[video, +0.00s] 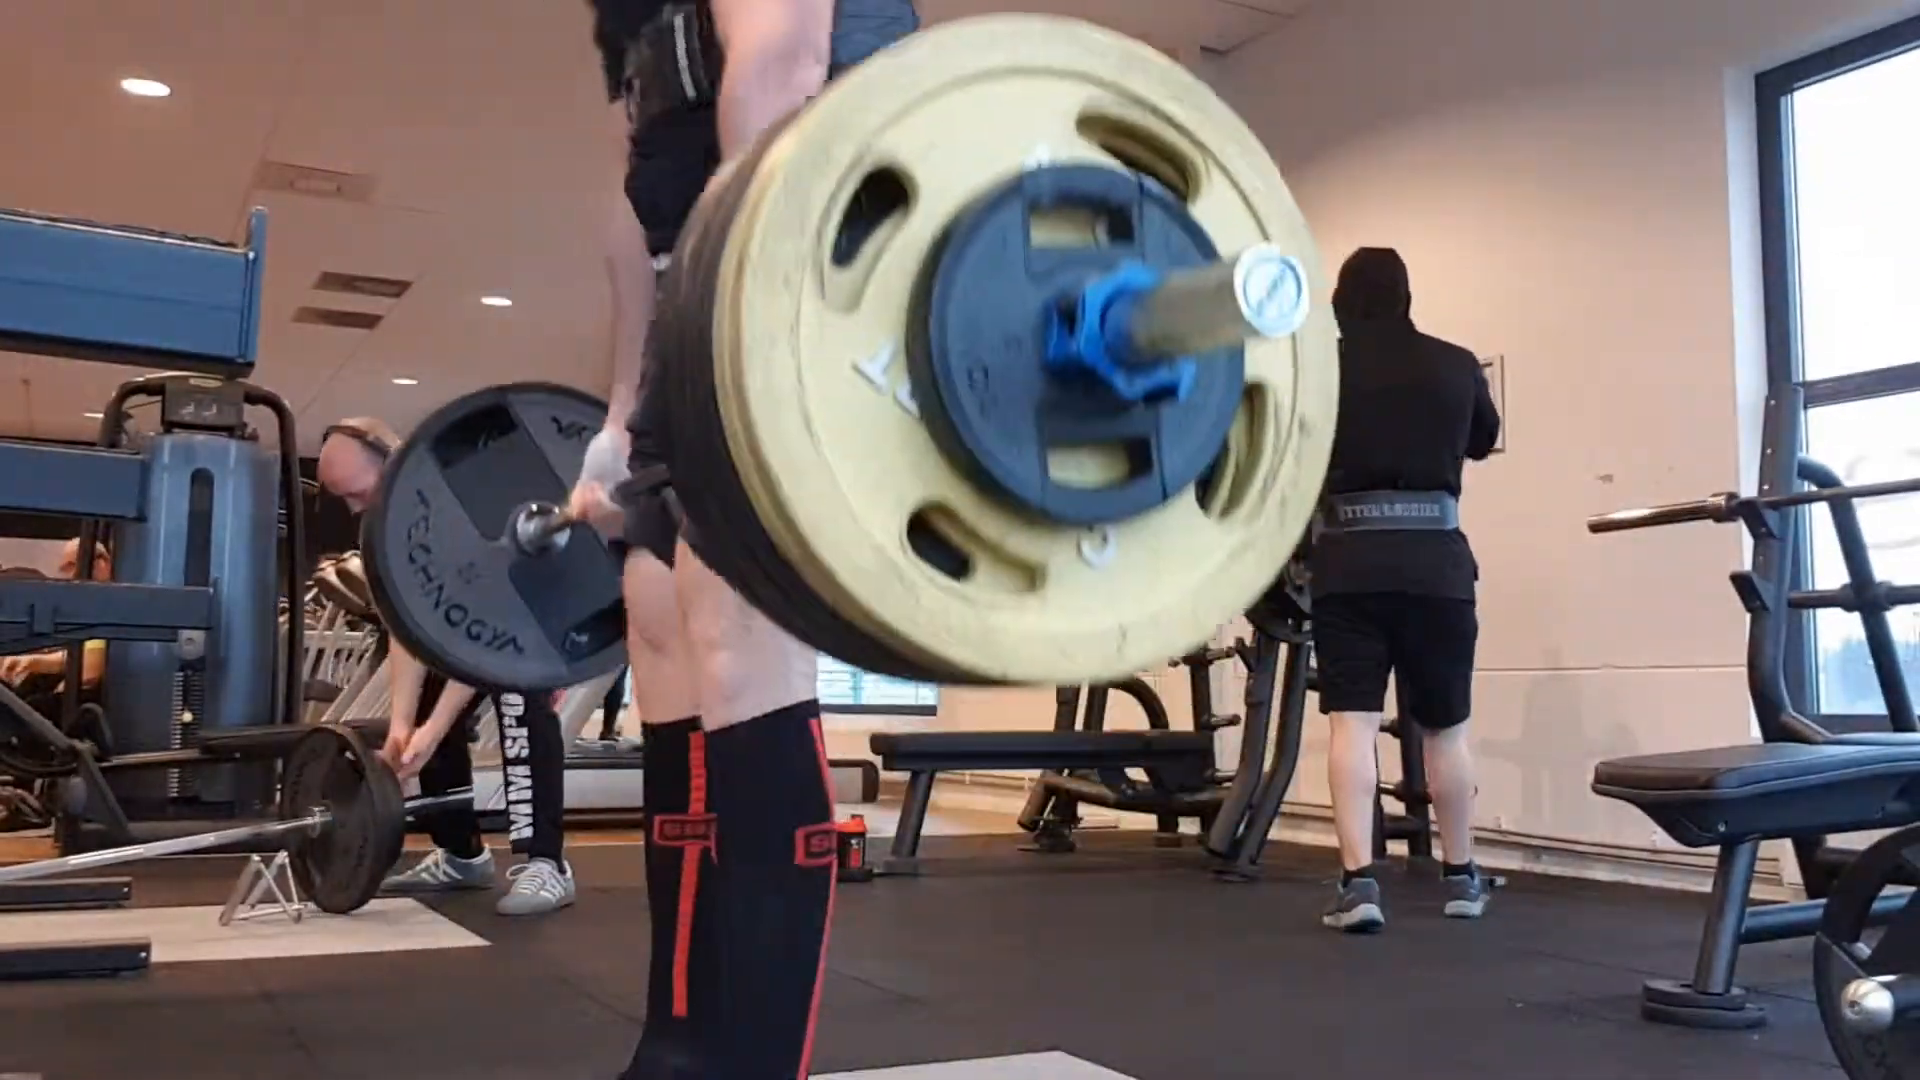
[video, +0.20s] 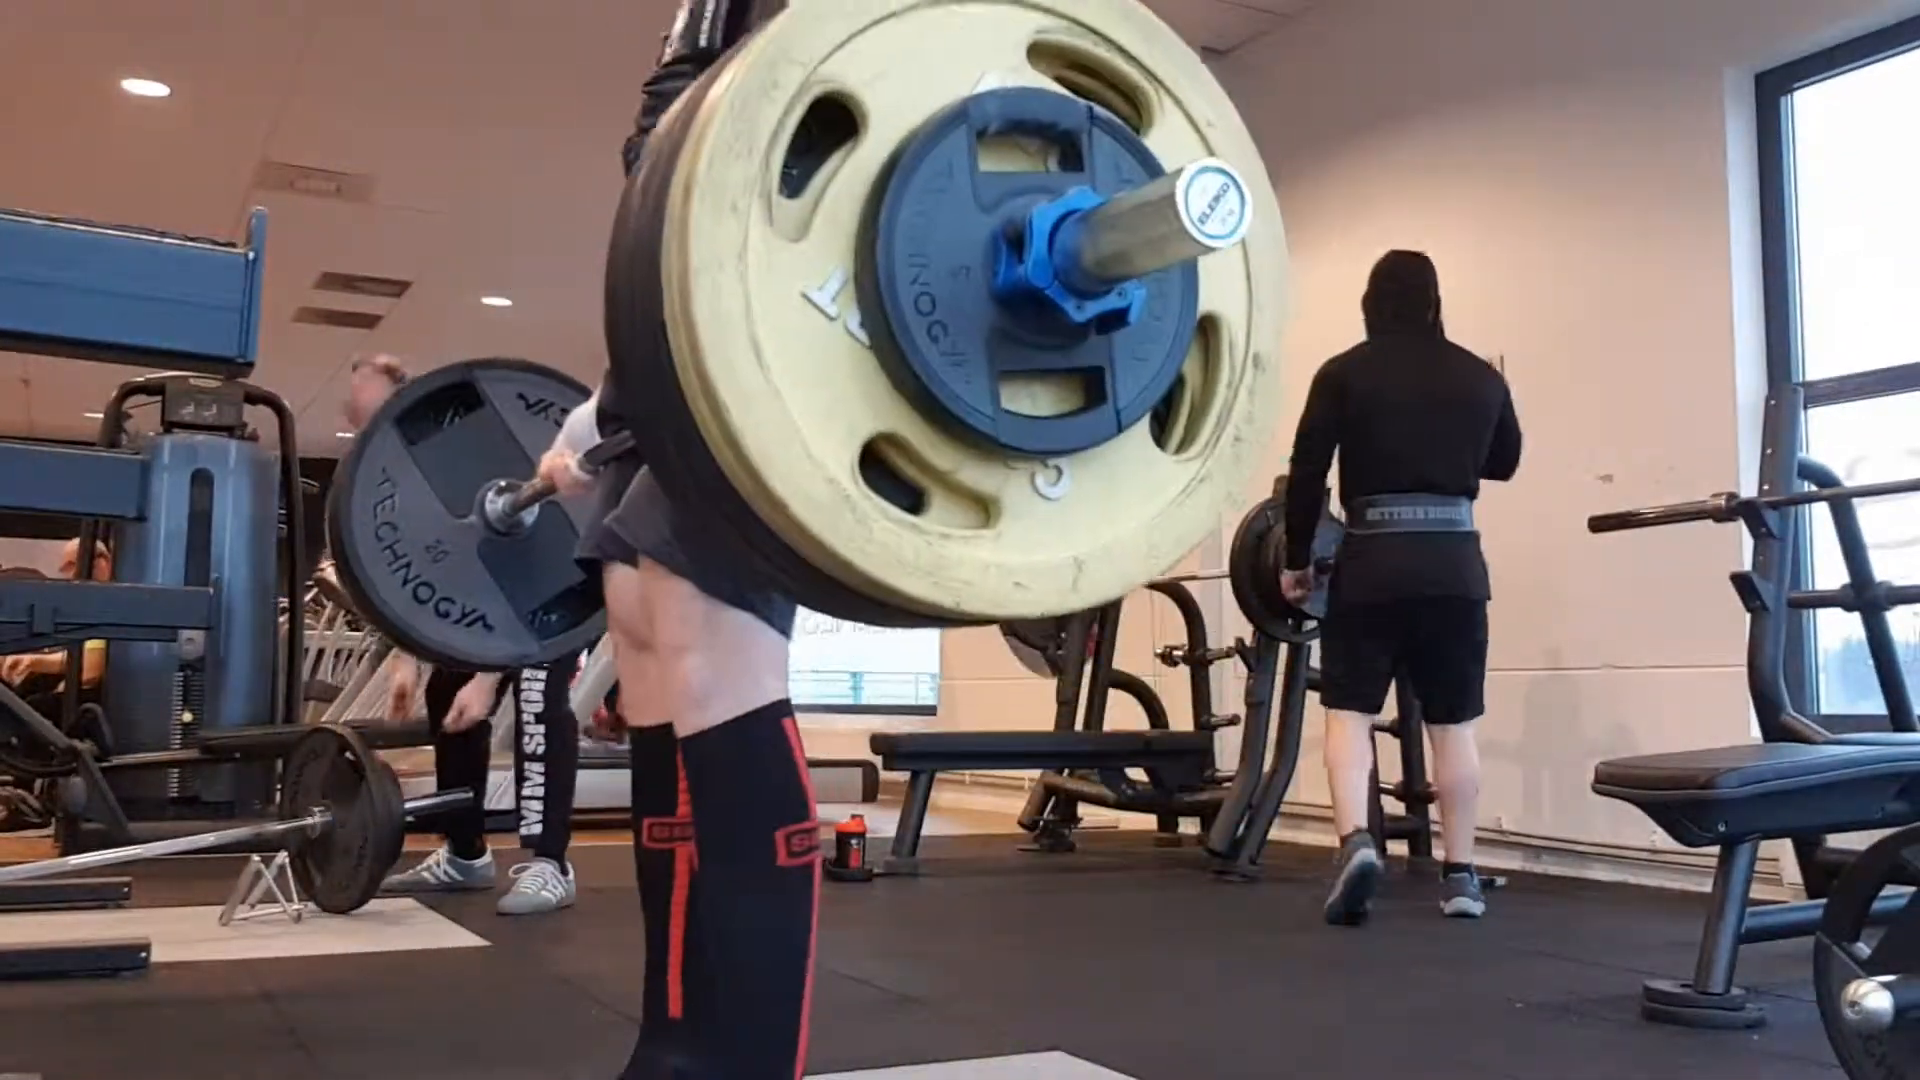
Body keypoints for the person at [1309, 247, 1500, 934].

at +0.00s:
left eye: (1339, 292)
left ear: (1340, 300)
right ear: (1406, 297)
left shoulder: (1320, 361)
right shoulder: (1454, 362)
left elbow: (1296, 447)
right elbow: (1483, 442)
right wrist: (1427, 408)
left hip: (1348, 567)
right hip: (1436, 568)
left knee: (1351, 725)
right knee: (1446, 730)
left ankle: (1359, 886)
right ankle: (1461, 879)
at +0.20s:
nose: (1370, 310)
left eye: (1371, 300)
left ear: (1370, 306)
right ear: (1436, 305)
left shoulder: (1344, 373)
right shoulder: (1481, 376)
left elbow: (1307, 472)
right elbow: (1503, 461)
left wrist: (1297, 559)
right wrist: (1443, 436)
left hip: (1369, 571)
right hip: (1453, 573)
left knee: (1348, 716)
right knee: (1453, 726)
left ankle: (1356, 841)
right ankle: (1460, 877)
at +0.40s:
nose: (1380, 320)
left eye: (1382, 310)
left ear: (1384, 313)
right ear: (1447, 315)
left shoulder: (1357, 376)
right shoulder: (1488, 387)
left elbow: (1316, 469)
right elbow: (1503, 480)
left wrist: (1298, 549)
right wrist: (1435, 493)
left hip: (1380, 571)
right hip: (1459, 574)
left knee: (1346, 703)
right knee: (1455, 721)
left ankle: (1374, 837)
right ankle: (1459, 875)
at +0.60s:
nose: (1364, 330)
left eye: (1366, 320)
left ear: (1370, 322)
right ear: (1431, 322)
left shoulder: (1348, 387)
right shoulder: (1473, 393)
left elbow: (1306, 479)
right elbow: (1479, 486)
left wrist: (1288, 544)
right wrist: (1411, 503)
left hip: (1379, 574)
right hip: (1456, 573)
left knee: (1373, 725)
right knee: (1454, 722)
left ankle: (1380, 869)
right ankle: (1460, 876)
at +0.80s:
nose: (1332, 340)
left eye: (1331, 331)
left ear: (1337, 330)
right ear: (1395, 322)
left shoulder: (1325, 397)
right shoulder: (1450, 389)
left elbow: (1299, 491)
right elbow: (1454, 488)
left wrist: (1294, 553)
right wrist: (1407, 538)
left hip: (1374, 578)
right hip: (1451, 574)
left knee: (1371, 727)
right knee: (1450, 719)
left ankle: (1379, 869)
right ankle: (1461, 862)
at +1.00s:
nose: (1314, 353)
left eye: (1313, 343)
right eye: (1314, 343)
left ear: (1321, 341)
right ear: (1375, 329)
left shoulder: (1321, 401)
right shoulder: (1436, 388)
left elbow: (1301, 495)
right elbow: (1450, 489)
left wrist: (1292, 559)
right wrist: (1392, 538)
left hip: (1381, 579)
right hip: (1454, 572)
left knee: (1374, 724)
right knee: (1451, 712)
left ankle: (1380, 868)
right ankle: (1476, 850)